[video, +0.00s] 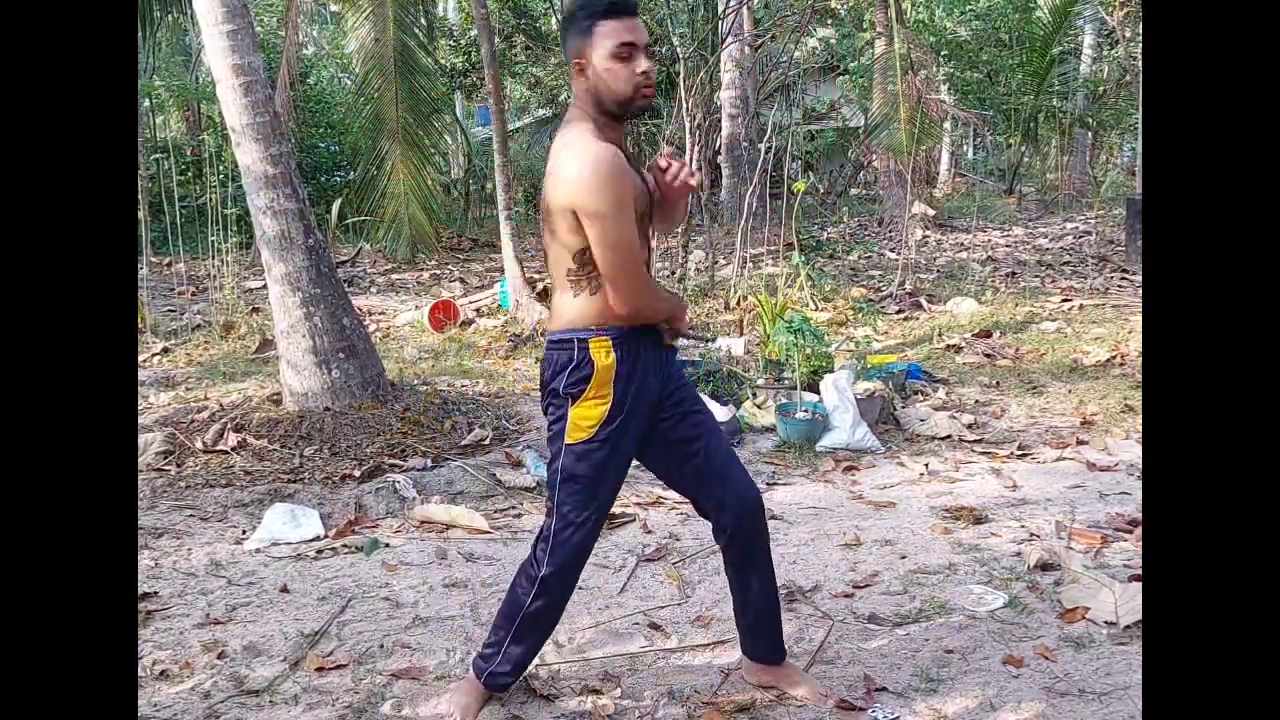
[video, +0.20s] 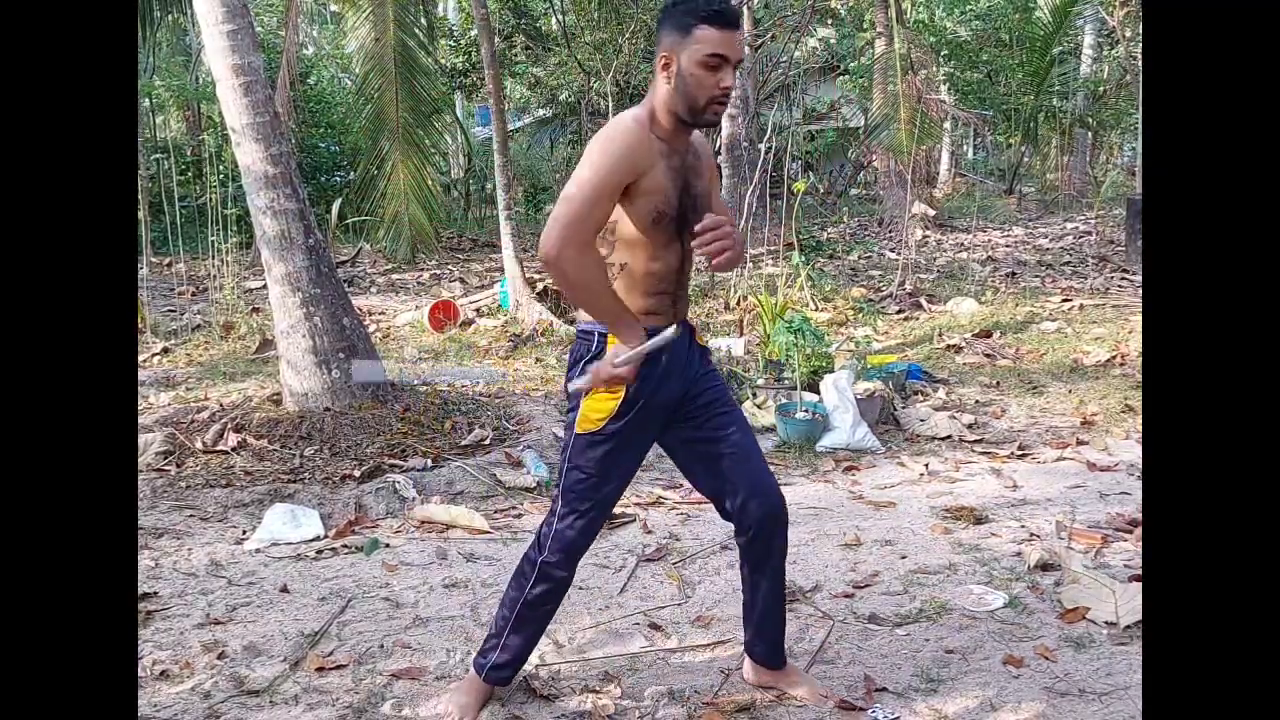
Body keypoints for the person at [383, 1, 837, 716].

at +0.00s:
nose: (647, 67)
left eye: (648, 52)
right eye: (627, 54)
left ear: (641, 60)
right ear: (579, 67)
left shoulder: (596, 148)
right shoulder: (593, 163)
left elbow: (626, 248)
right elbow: (631, 300)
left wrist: (665, 210)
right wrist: (674, 308)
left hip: (639, 355)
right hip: (594, 363)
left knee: (739, 504)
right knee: (568, 534)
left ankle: (766, 661)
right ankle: (479, 685)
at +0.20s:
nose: (729, 83)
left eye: (736, 68)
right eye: (715, 65)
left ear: (731, 71)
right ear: (668, 63)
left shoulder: (700, 149)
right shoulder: (623, 142)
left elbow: (709, 233)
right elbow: (560, 247)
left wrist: (731, 242)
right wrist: (629, 330)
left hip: (680, 357)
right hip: (616, 368)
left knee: (762, 508)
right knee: (566, 536)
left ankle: (767, 664)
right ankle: (480, 683)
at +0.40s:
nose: (791, 71)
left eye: (800, 56)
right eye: (776, 53)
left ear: (804, 58)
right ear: (729, 49)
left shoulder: (792, 139)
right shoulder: (665, 131)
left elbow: (816, 249)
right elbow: (576, 222)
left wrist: (758, 258)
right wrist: (638, 268)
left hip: (748, 345)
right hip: (669, 343)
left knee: (793, 512)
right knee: (624, 515)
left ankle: (767, 662)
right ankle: (541, 671)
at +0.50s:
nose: (798, 66)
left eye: (806, 49)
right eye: (781, 48)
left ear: (810, 48)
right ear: (732, 45)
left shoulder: (815, 135)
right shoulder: (672, 123)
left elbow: (837, 255)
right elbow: (587, 226)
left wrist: (730, 278)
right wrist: (646, 163)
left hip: (776, 344)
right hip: (692, 343)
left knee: (800, 518)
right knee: (658, 516)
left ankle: (769, 665)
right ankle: (596, 678)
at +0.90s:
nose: (823, 46)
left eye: (835, 30)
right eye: (807, 26)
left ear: (841, 34)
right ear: (760, 22)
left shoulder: (839, 129)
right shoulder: (693, 103)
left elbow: (873, 247)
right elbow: (574, 157)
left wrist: (839, 240)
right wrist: (595, 106)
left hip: (780, 334)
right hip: (701, 329)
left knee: (801, 521)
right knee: (680, 517)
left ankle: (768, 662)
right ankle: (609, 700)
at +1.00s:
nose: (809, 56)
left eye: (824, 38)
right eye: (791, 34)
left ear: (835, 41)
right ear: (747, 29)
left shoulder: (826, 140)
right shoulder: (689, 108)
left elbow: (877, 233)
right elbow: (560, 155)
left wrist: (916, 222)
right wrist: (643, 134)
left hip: (763, 345)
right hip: (686, 339)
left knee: (801, 533)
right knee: (663, 541)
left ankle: (768, 662)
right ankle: (614, 711)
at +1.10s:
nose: (783, 72)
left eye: (800, 55)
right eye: (766, 49)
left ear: (813, 58)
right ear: (728, 43)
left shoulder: (793, 142)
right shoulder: (682, 128)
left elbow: (878, 215)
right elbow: (649, 253)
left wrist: (939, 168)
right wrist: (770, 219)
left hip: (739, 359)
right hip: (668, 355)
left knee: (800, 537)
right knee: (645, 563)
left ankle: (768, 666)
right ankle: (585, 714)